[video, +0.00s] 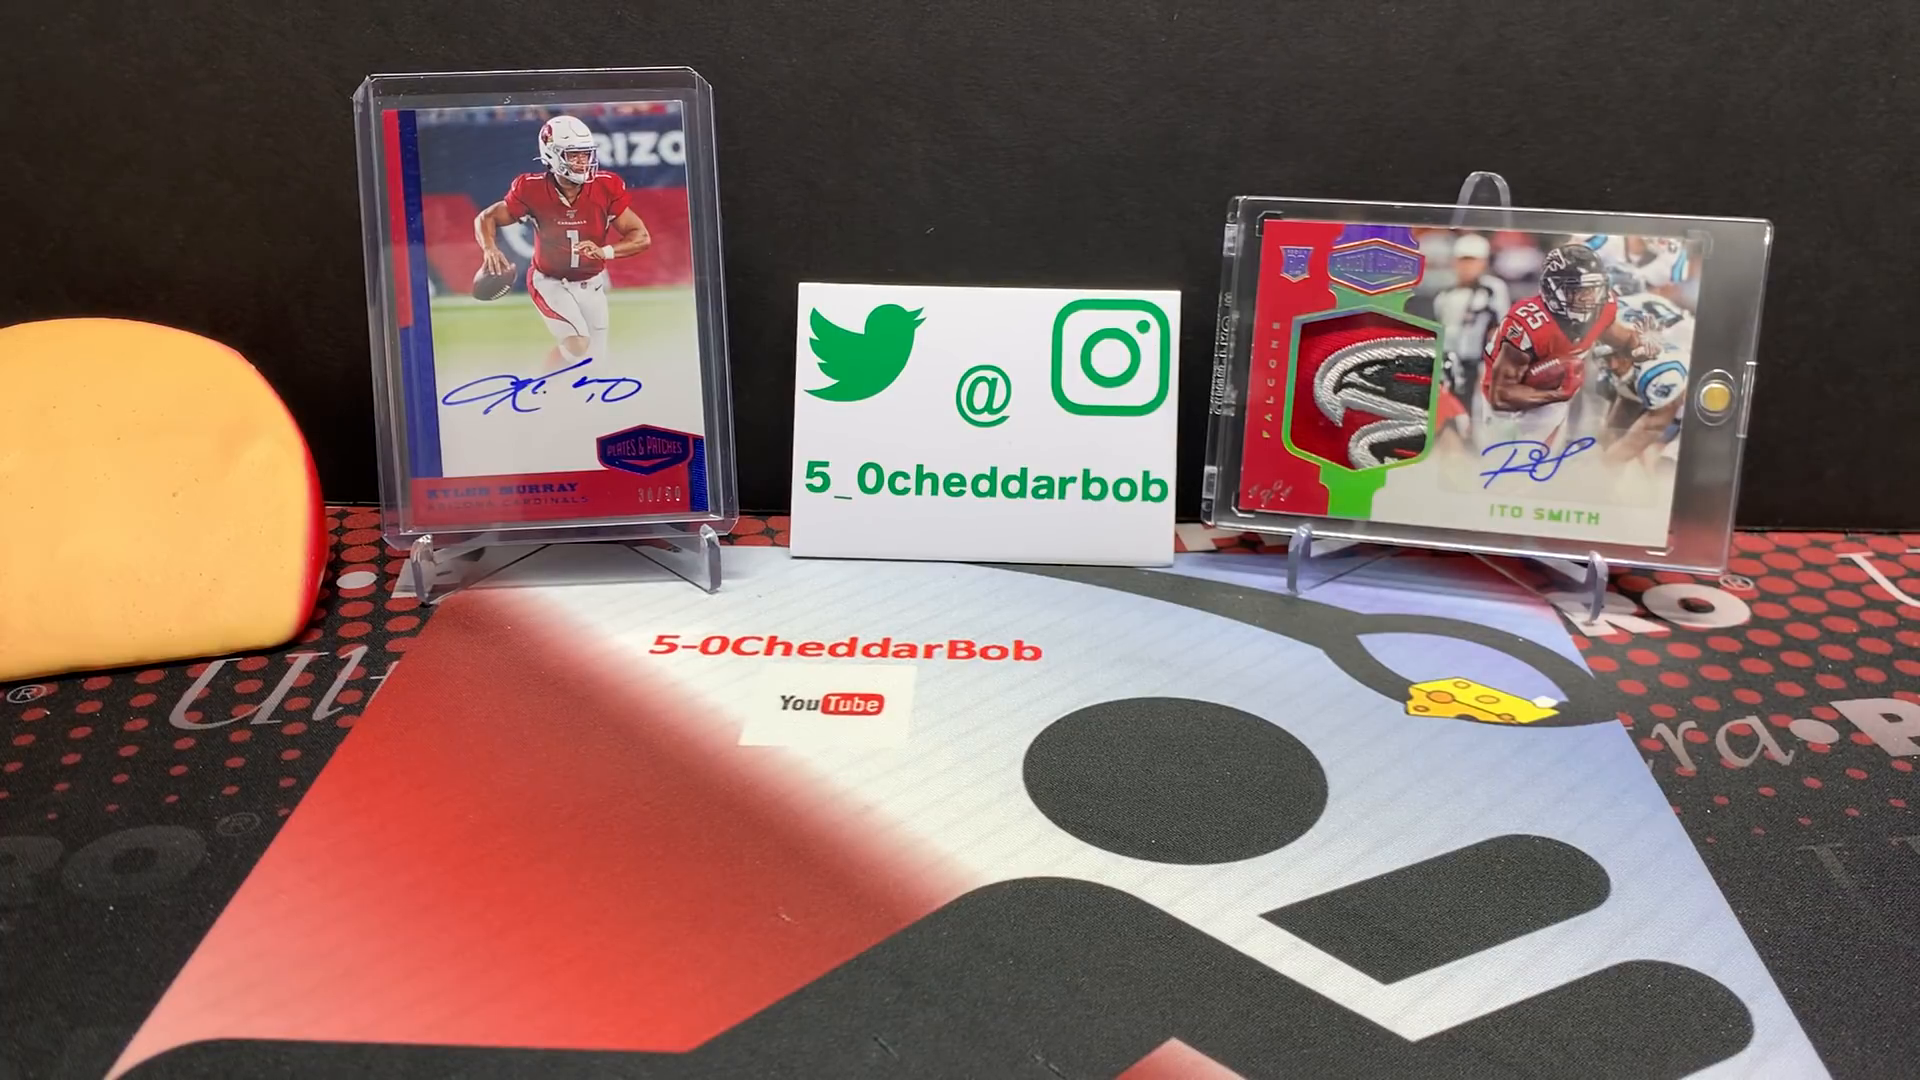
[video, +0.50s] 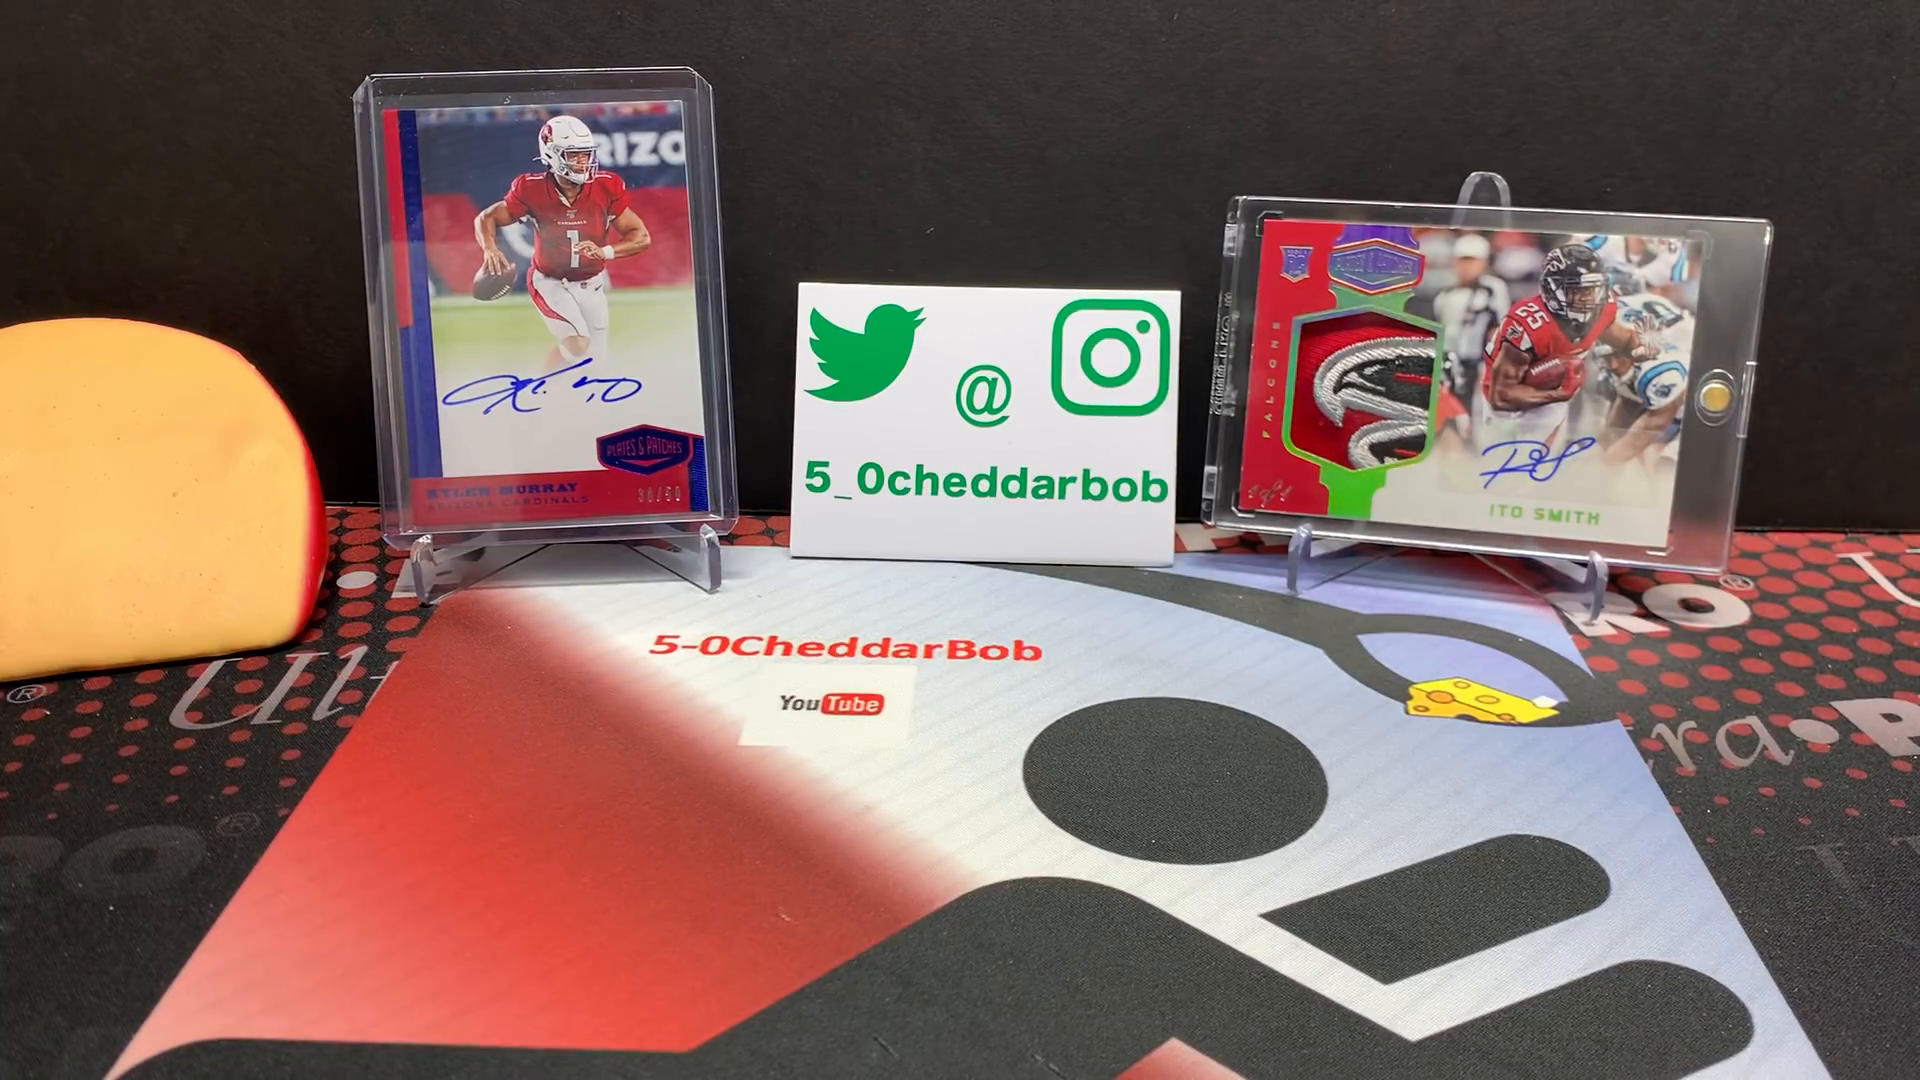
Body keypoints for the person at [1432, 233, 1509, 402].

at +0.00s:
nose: (1467, 266)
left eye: (1473, 260)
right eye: (1463, 259)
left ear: (1484, 262)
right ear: (1456, 262)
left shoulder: (1495, 288)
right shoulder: (1443, 297)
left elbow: (1502, 328)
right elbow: (1441, 332)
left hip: (1482, 365)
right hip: (1450, 365)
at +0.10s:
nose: (1467, 266)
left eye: (1473, 260)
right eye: (1463, 259)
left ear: (1484, 262)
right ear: (1456, 262)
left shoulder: (1495, 288)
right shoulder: (1443, 297)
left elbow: (1502, 328)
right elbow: (1441, 332)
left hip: (1482, 365)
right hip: (1451, 364)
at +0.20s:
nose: (1467, 266)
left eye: (1472, 260)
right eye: (1463, 259)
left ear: (1484, 262)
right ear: (1456, 262)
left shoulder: (1495, 288)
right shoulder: (1443, 297)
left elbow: (1502, 328)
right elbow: (1441, 332)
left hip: (1482, 365)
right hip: (1450, 364)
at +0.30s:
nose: (1467, 266)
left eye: (1472, 259)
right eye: (1463, 259)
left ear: (1484, 262)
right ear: (1456, 262)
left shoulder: (1495, 288)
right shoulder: (1443, 297)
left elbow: (1502, 328)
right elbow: (1441, 332)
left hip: (1481, 365)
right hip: (1450, 365)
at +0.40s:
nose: (1467, 266)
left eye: (1472, 259)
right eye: (1463, 259)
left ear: (1484, 262)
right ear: (1455, 262)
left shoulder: (1495, 288)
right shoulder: (1443, 297)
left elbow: (1502, 328)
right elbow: (1441, 331)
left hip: (1482, 365)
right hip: (1450, 364)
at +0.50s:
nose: (1467, 266)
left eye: (1472, 259)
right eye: (1463, 259)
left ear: (1484, 262)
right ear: (1456, 262)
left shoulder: (1495, 288)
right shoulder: (1443, 297)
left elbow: (1502, 328)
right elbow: (1441, 332)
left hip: (1482, 365)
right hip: (1451, 364)